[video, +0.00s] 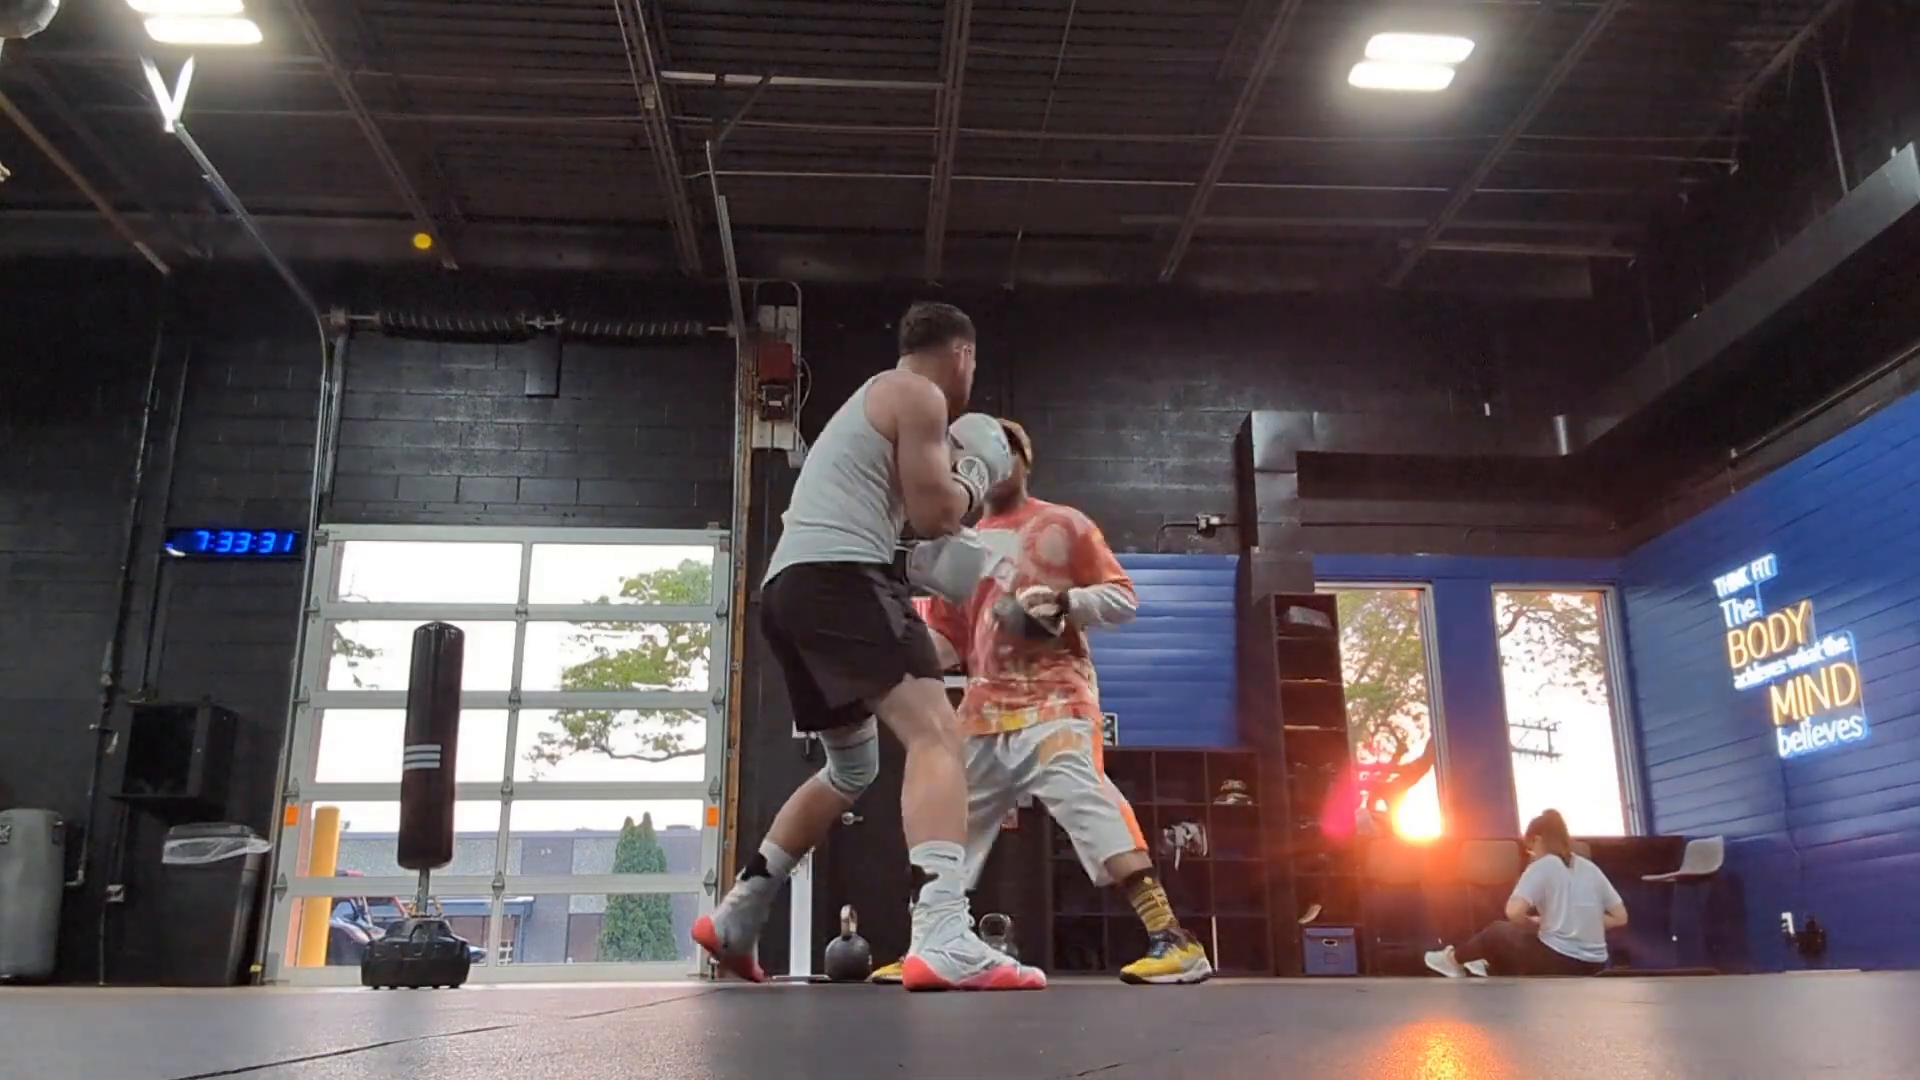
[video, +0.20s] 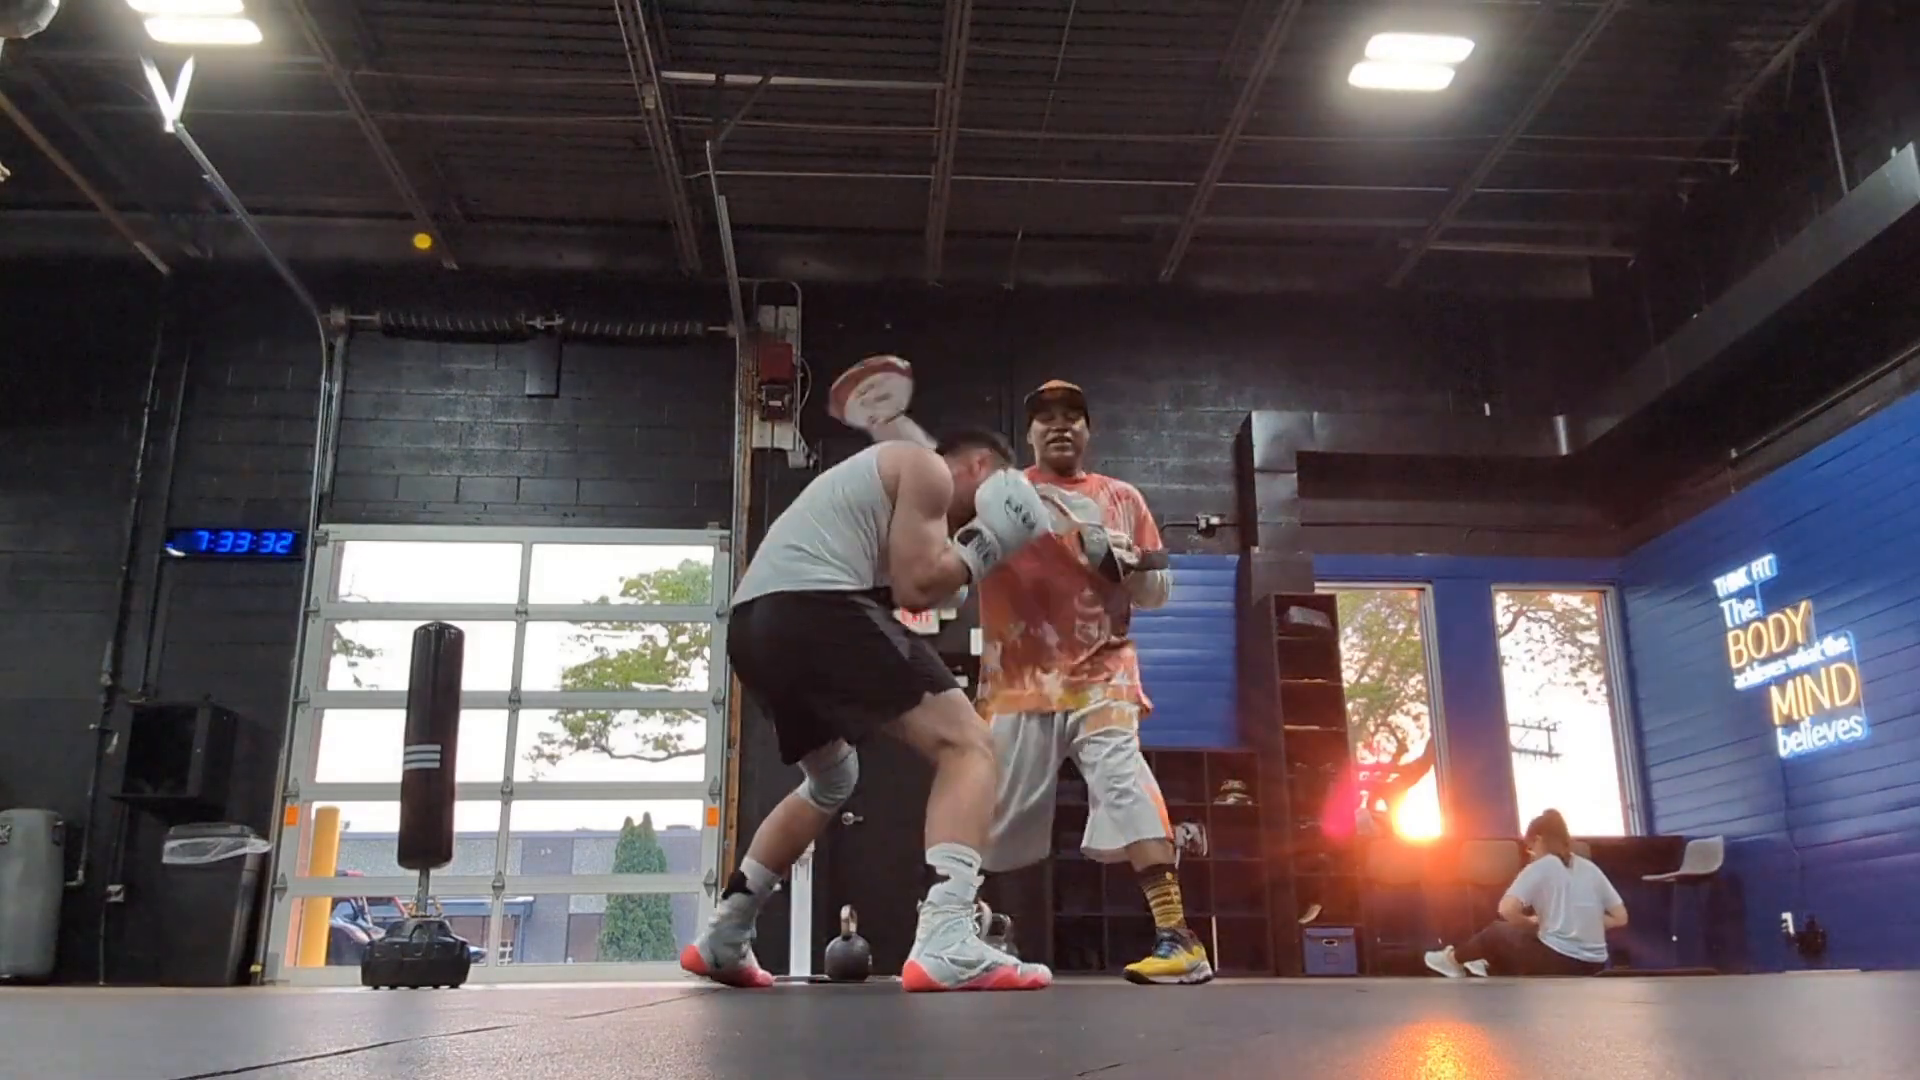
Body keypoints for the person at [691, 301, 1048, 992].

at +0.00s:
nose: (973, 378)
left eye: (974, 365)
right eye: (974, 363)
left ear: (906, 352)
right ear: (960, 356)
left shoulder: (868, 403)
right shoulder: (919, 394)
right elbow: (931, 511)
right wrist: (968, 481)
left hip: (784, 592)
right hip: (839, 578)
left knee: (848, 769)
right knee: (936, 737)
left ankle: (737, 917)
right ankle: (942, 934)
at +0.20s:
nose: (982, 509)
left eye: (992, 500)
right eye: (993, 493)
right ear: (978, 465)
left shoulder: (861, 477)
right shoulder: (924, 464)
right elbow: (916, 586)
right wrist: (990, 542)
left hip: (751, 624)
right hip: (821, 609)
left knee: (829, 779)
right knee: (969, 745)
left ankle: (725, 934)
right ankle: (948, 935)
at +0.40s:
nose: (911, 534)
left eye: (910, 527)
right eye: (909, 524)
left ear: (848, 495)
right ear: (899, 505)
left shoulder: (775, 516)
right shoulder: (902, 520)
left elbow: (752, 598)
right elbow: (906, 627)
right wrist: (927, 624)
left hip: (738, 655)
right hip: (829, 637)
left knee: (787, 783)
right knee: (969, 775)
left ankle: (715, 945)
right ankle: (955, 929)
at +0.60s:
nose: (877, 433)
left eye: (877, 425)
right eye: (874, 421)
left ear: (817, 406)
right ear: (858, 408)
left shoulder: (762, 456)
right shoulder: (842, 426)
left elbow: (747, 547)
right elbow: (913, 518)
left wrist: (813, 585)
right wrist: (923, 468)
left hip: (699, 613)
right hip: (754, 591)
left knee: (797, 777)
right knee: (848, 744)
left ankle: (728, 934)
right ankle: (775, 915)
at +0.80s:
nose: (839, 373)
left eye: (841, 364)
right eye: (839, 361)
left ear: (782, 344)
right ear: (819, 347)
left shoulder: (778, 422)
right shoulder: (747, 387)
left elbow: (802, 518)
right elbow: (785, 471)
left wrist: (869, 468)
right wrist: (845, 413)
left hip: (761, 604)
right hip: (722, 593)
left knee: (806, 784)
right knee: (734, 758)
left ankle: (718, 932)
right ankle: (579, 926)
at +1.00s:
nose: (800, 382)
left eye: (798, 372)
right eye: (799, 370)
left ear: (735, 367)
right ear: (787, 363)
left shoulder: (683, 429)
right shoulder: (791, 407)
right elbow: (853, 511)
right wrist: (855, 472)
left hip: (677, 604)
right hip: (734, 593)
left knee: (753, 781)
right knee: (720, 775)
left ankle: (697, 948)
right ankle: (572, 937)